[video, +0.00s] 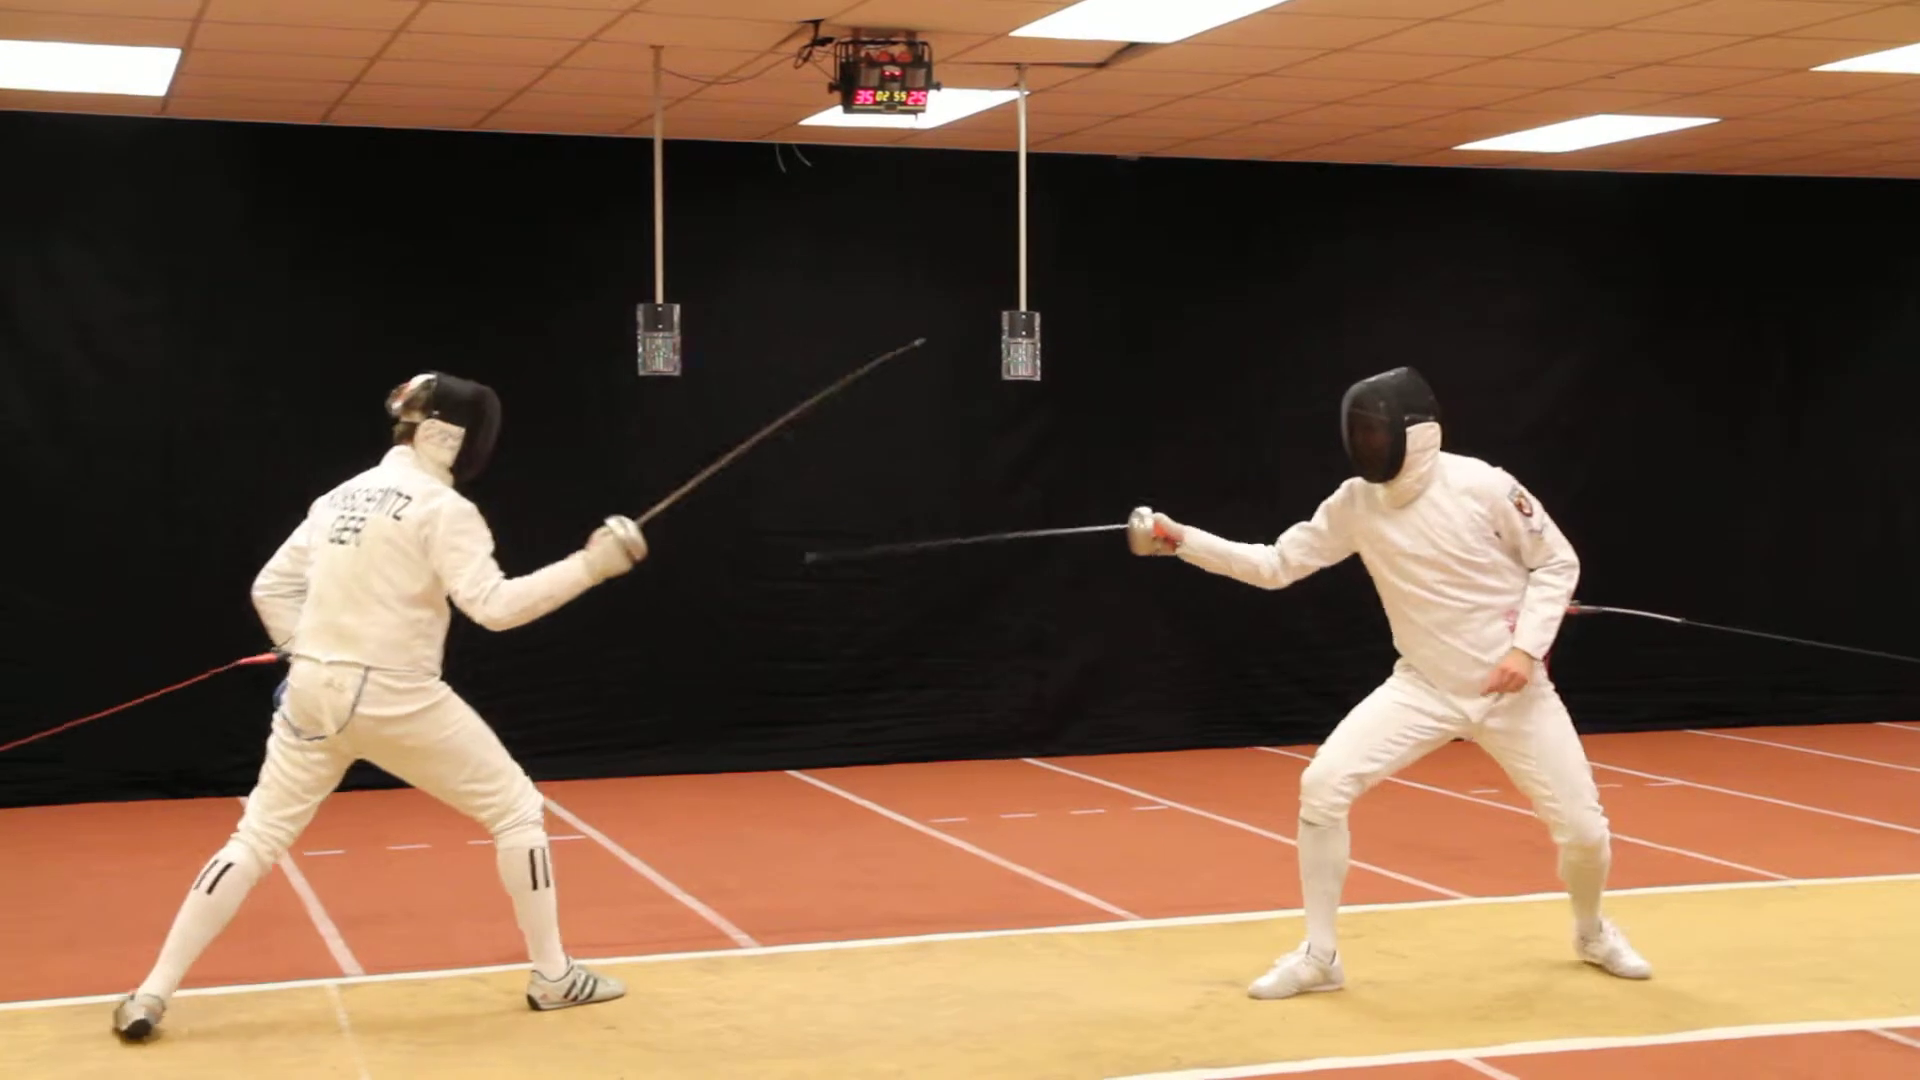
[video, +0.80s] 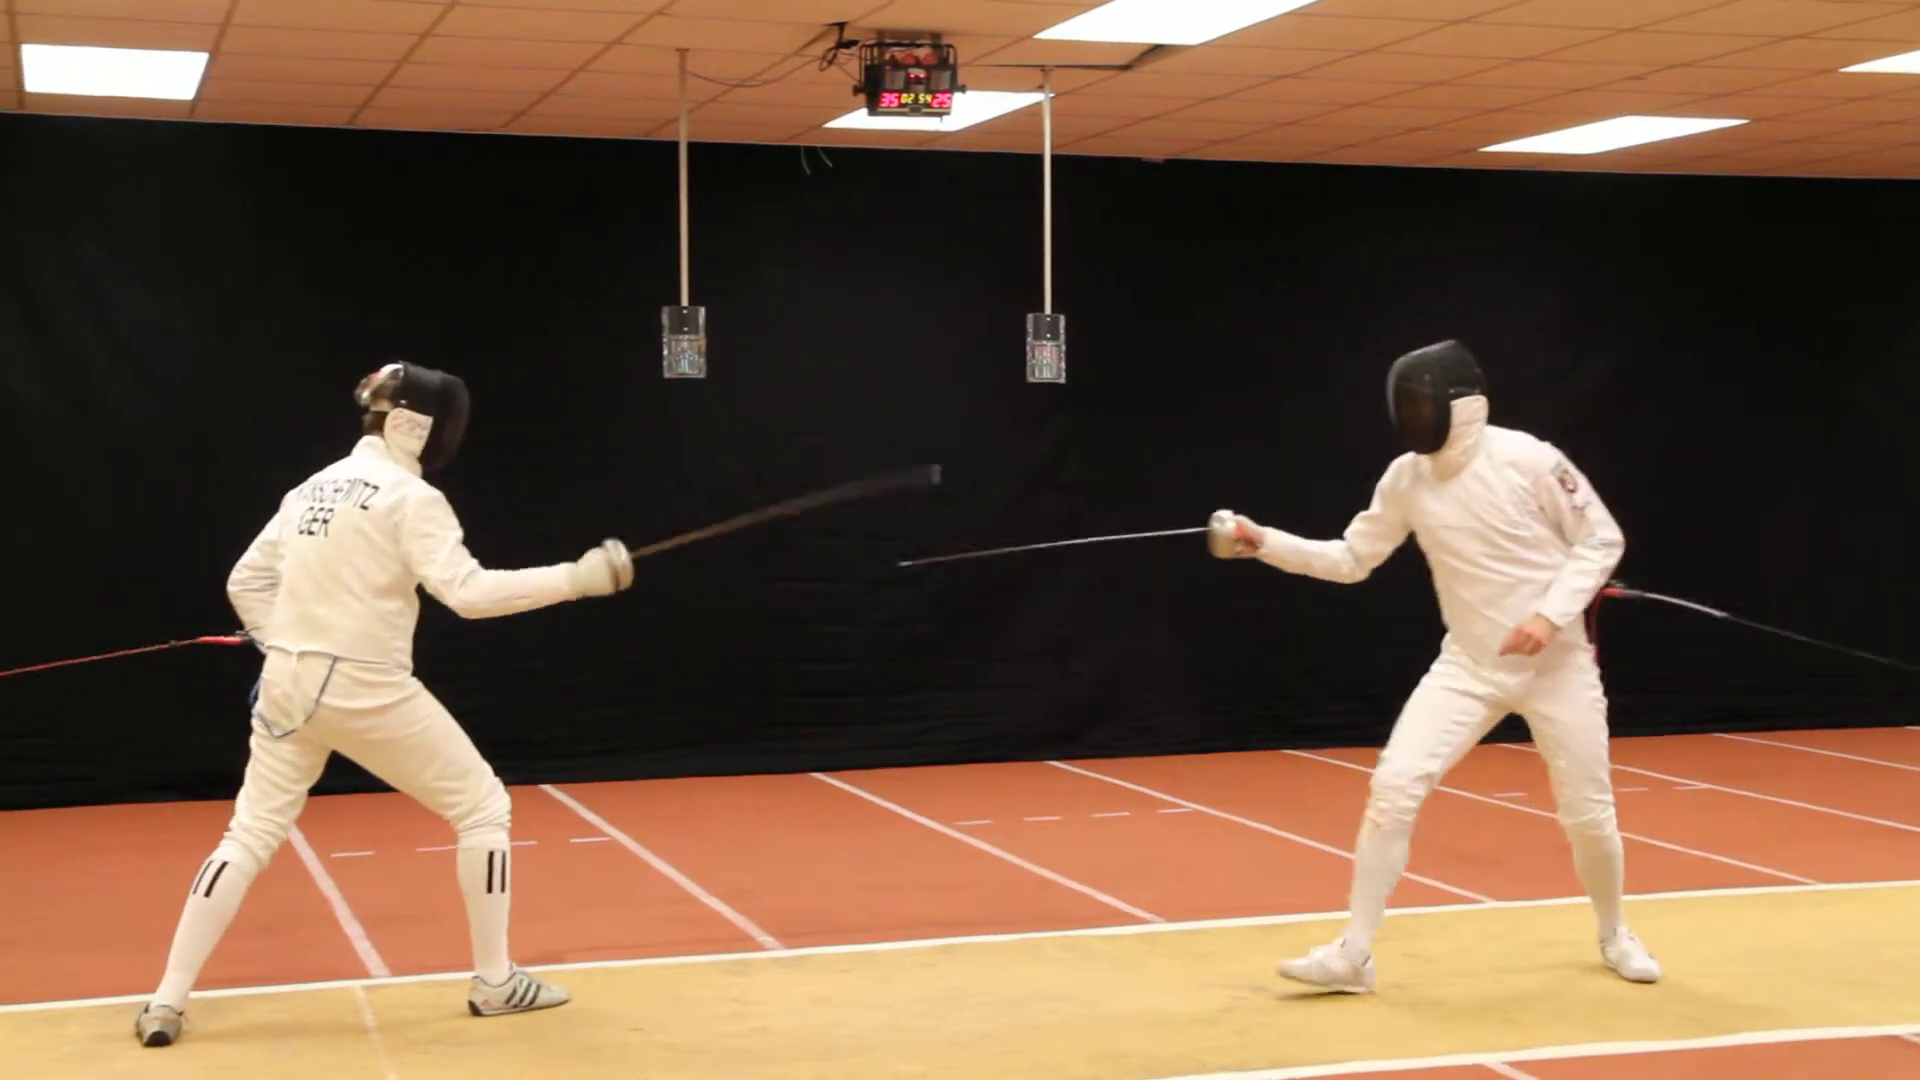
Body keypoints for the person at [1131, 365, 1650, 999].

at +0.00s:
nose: (1360, 445)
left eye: (1373, 431)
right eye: (1355, 431)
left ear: (1416, 432)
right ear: (1355, 436)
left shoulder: (1483, 488)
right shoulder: (1356, 506)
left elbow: (1556, 563)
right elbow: (1273, 564)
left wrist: (1526, 648)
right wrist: (1176, 538)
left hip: (1515, 691)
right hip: (1421, 690)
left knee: (1586, 834)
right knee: (1323, 789)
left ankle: (1591, 933)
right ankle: (1319, 955)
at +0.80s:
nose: (1409, 417)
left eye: (1422, 403)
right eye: (1406, 404)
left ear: (1464, 402)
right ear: (1406, 408)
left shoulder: (1529, 461)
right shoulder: (1406, 480)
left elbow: (1603, 541)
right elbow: (1352, 559)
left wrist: (1549, 616)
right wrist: (1264, 543)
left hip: (1558, 665)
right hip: (1466, 666)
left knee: (1590, 815)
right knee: (1393, 788)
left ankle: (1615, 936)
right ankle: (1354, 952)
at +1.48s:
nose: (1368, 427)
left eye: (1380, 414)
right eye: (1365, 414)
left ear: (1425, 414)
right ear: (1369, 418)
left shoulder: (1496, 472)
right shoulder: (1365, 485)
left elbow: (1559, 553)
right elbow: (1279, 535)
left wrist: (1534, 635)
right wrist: (1176, 517)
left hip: (1510, 681)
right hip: (1416, 676)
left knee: (1562, 822)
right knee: (1341, 793)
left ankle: (1603, 940)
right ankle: (1326, 962)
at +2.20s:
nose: (1381, 432)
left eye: (1393, 417)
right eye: (1376, 419)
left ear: (1435, 416)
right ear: (1377, 423)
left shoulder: (1505, 477)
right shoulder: (1380, 495)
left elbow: (1575, 562)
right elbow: (1341, 581)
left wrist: (1542, 640)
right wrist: (1252, 557)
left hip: (1528, 684)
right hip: (1435, 682)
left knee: (1591, 831)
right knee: (1355, 799)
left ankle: (1638, 923)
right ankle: (1313, 962)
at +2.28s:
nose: (1407, 427)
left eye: (1418, 413)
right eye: (1404, 414)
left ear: (1462, 413)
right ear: (1410, 416)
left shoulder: (1535, 473)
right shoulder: (1410, 491)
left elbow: (1604, 558)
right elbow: (1369, 576)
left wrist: (1562, 634)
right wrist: (1282, 559)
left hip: (1562, 677)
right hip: (1469, 677)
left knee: (1607, 824)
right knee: (1393, 805)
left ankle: (1642, 930)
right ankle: (1331, 957)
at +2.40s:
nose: (1445, 423)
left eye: (1459, 409)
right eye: (1442, 410)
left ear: (1505, 410)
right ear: (1442, 413)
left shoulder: (1568, 472)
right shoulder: (1442, 488)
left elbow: (1644, 551)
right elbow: (1392, 569)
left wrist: (1598, 626)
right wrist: (1307, 546)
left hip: (1590, 675)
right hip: (1500, 675)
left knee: (1623, 826)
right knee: (1425, 785)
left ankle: (1642, 933)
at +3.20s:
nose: (1392, 445)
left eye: (1404, 431)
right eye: (1388, 432)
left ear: (1448, 430)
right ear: (1391, 436)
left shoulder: (1519, 483)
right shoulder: (1392, 504)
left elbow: (1592, 560)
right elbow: (1312, 566)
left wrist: (1580, 644)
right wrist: (1215, 551)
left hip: (1554, 684)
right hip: (1461, 686)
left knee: (1612, 829)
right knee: (1375, 792)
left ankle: (1635, 938)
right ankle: (1375, 958)